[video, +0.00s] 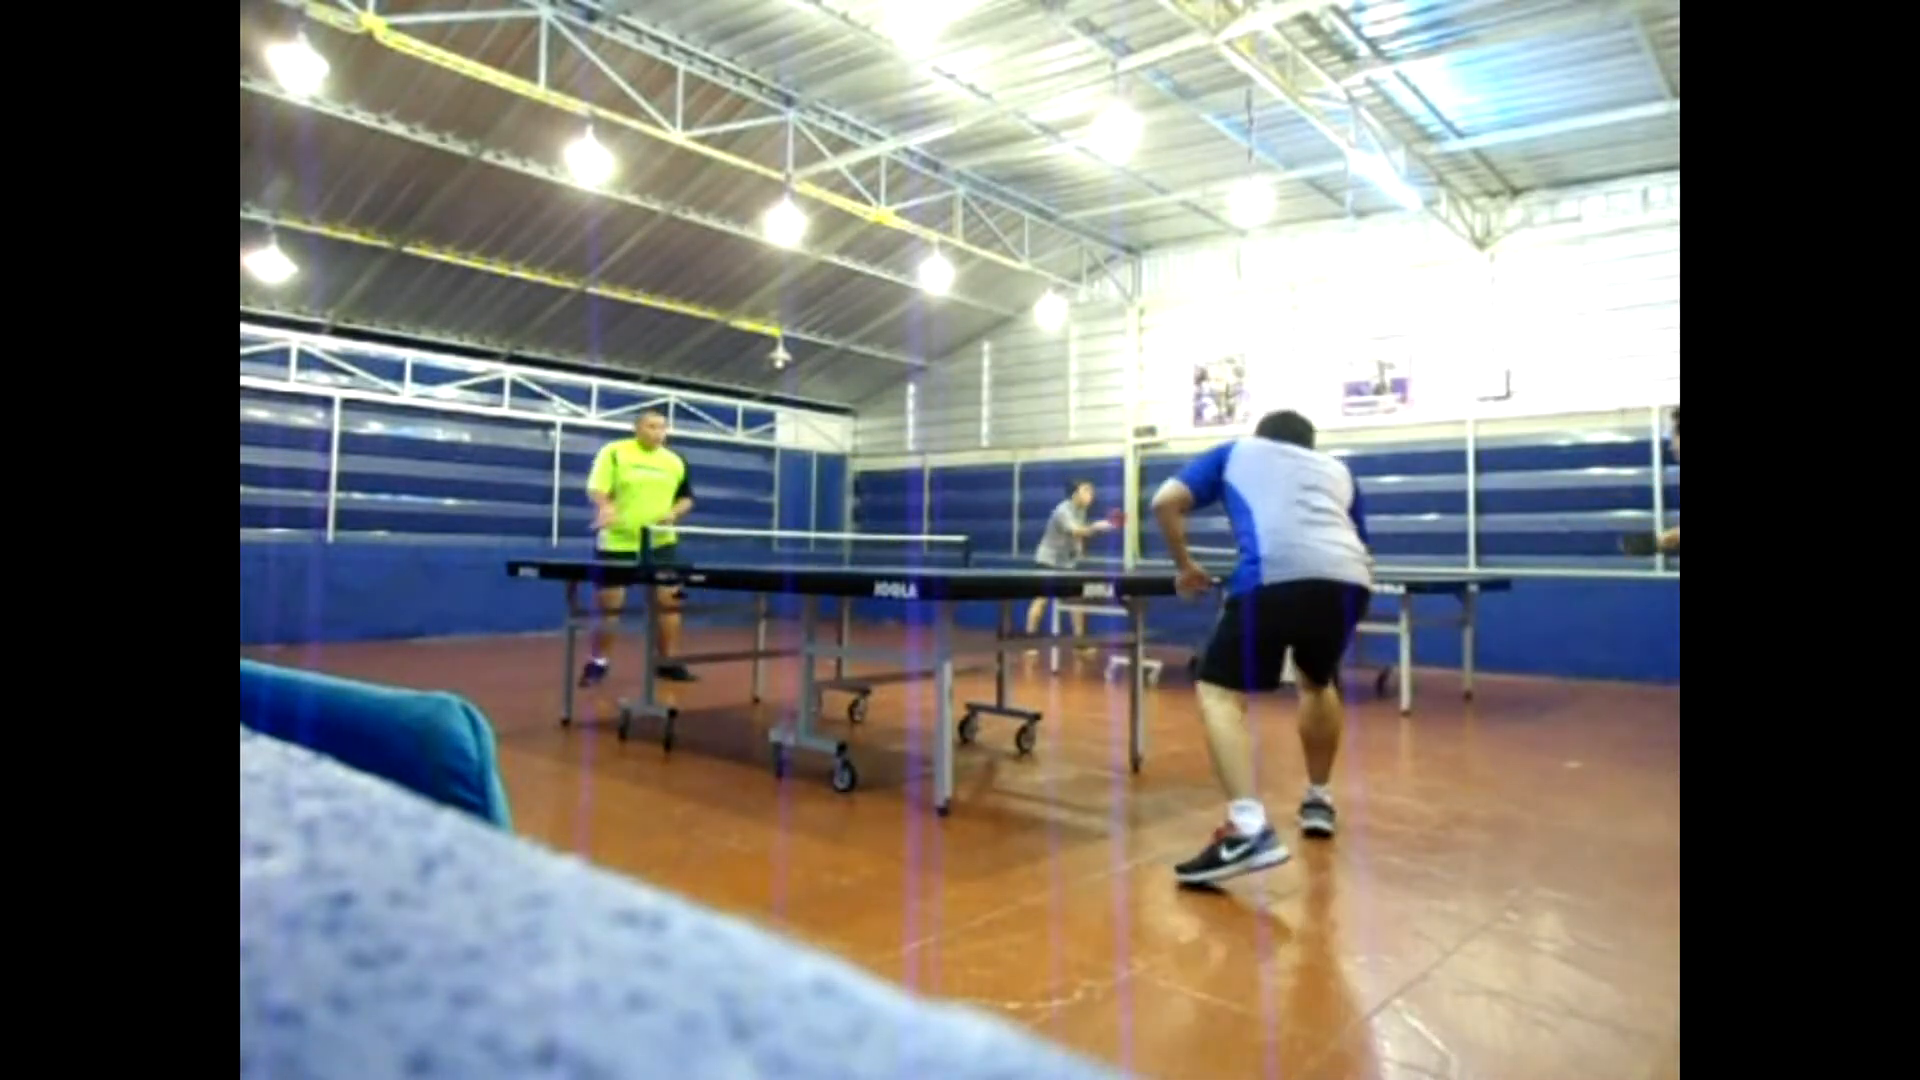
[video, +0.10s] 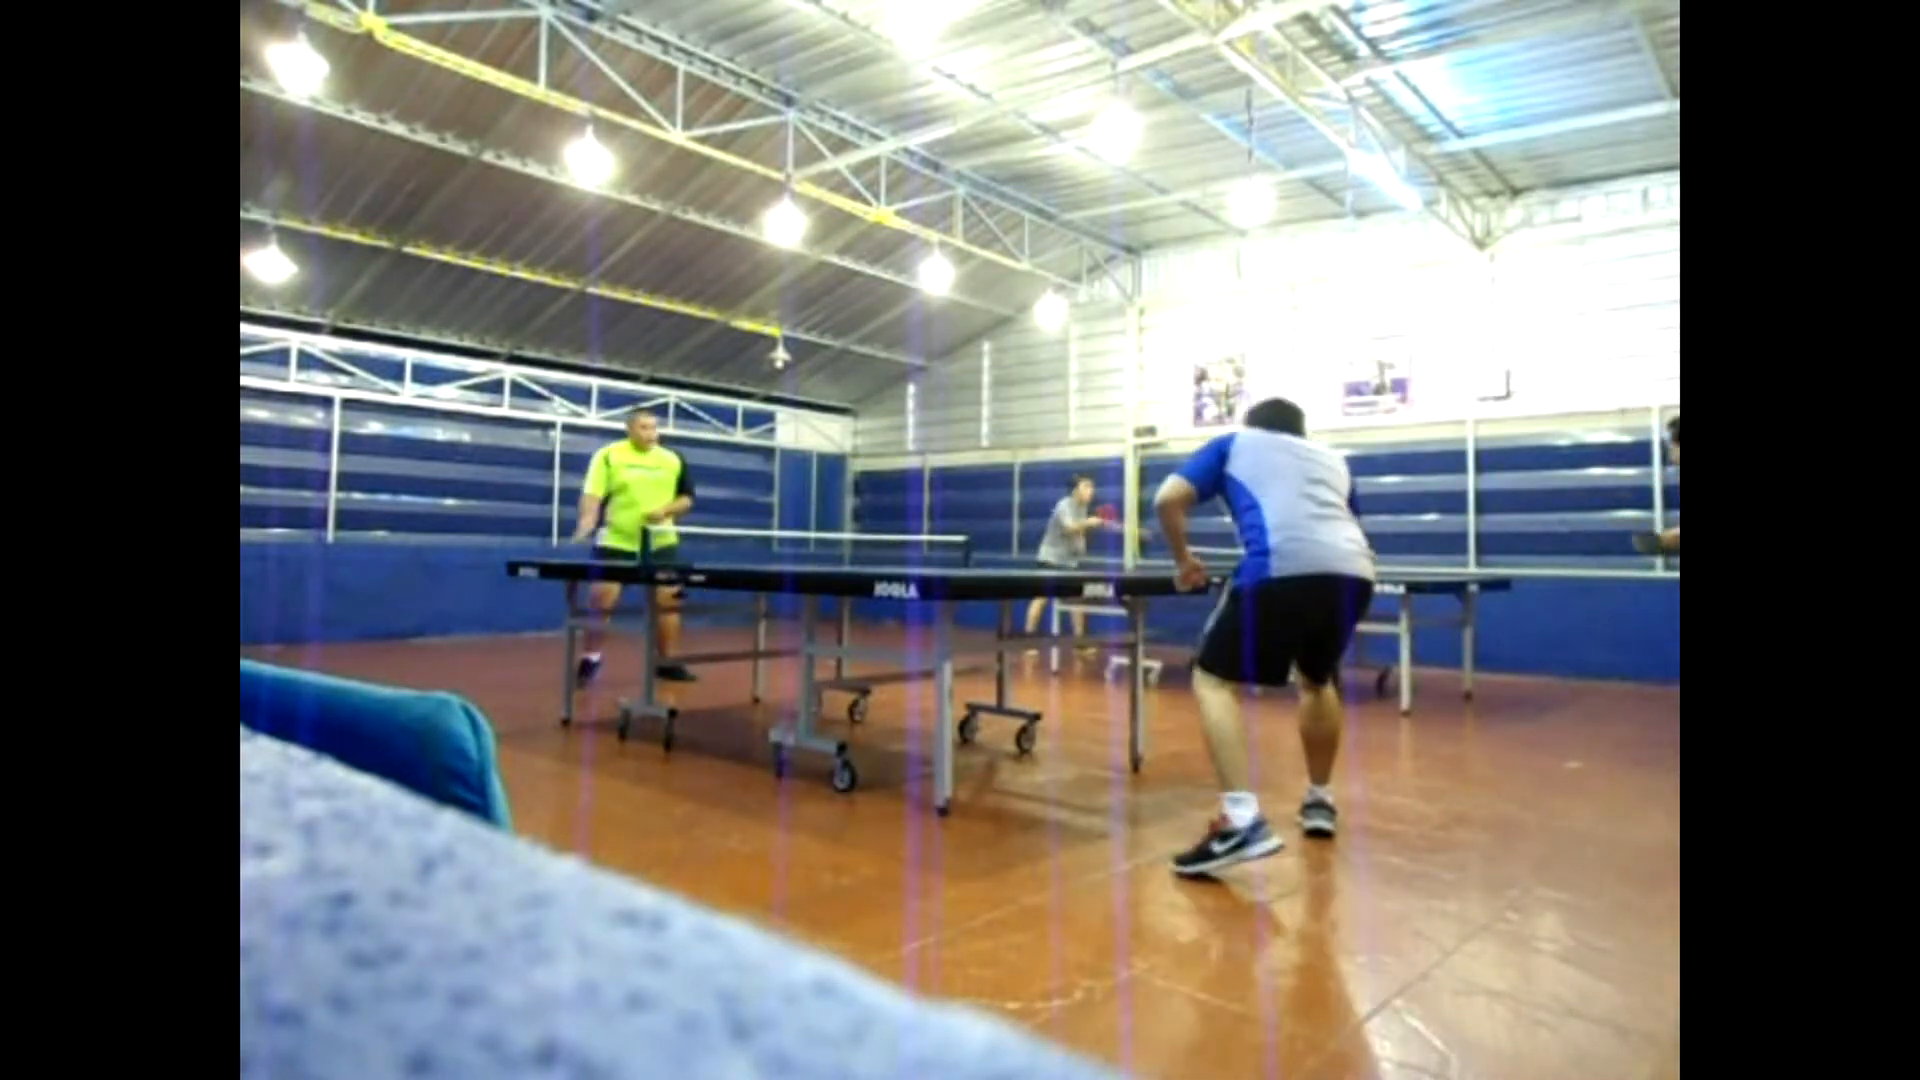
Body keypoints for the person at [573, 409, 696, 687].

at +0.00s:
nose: (656, 433)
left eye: (661, 427)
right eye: (651, 426)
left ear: (666, 430)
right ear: (637, 427)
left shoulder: (675, 462)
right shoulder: (613, 453)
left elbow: (686, 497)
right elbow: (597, 487)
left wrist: (673, 513)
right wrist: (606, 509)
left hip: (661, 540)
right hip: (619, 540)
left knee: (669, 600)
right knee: (610, 603)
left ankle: (668, 659)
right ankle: (599, 660)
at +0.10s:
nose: (649, 433)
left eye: (653, 427)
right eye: (643, 427)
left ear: (658, 430)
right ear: (630, 429)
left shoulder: (674, 460)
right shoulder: (608, 456)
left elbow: (687, 498)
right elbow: (592, 495)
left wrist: (664, 511)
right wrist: (587, 522)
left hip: (661, 538)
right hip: (619, 537)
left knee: (668, 599)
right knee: (603, 598)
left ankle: (668, 658)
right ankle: (591, 657)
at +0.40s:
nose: (606, 447)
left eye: (610, 440)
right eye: (599, 441)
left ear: (618, 438)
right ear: (589, 442)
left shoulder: (641, 464)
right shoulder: (576, 474)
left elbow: (667, 498)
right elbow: (571, 518)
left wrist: (645, 521)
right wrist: (551, 543)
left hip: (646, 549)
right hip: (601, 551)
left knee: (669, 600)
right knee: (594, 605)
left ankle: (670, 655)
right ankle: (585, 666)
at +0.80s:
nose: (613, 462)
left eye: (617, 455)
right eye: (606, 457)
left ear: (627, 449)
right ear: (599, 456)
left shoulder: (653, 472)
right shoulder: (589, 482)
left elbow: (681, 494)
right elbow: (586, 518)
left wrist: (677, 525)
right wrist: (592, 530)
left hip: (658, 549)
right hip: (615, 553)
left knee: (668, 600)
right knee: (599, 610)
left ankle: (674, 669)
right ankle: (588, 669)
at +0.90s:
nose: (629, 426)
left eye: (633, 420)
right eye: (622, 420)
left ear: (639, 425)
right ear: (610, 426)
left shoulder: (656, 454)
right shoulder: (602, 459)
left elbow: (673, 489)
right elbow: (615, 500)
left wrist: (679, 520)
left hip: (662, 536)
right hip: (623, 538)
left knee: (670, 602)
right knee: (619, 603)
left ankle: (676, 668)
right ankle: (597, 665)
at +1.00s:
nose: (645, 415)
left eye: (645, 410)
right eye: (637, 409)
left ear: (647, 417)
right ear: (621, 416)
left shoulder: (648, 443)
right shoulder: (621, 438)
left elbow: (654, 489)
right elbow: (655, 454)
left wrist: (670, 514)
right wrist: (677, 457)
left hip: (654, 527)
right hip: (625, 528)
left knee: (670, 591)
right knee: (633, 595)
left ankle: (686, 656)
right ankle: (614, 666)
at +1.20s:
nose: (658, 440)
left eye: (657, 435)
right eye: (654, 435)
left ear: (630, 439)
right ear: (644, 437)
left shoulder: (609, 469)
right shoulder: (651, 462)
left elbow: (604, 515)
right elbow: (681, 477)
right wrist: (658, 453)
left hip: (608, 551)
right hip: (636, 551)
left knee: (642, 605)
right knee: (658, 601)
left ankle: (633, 664)